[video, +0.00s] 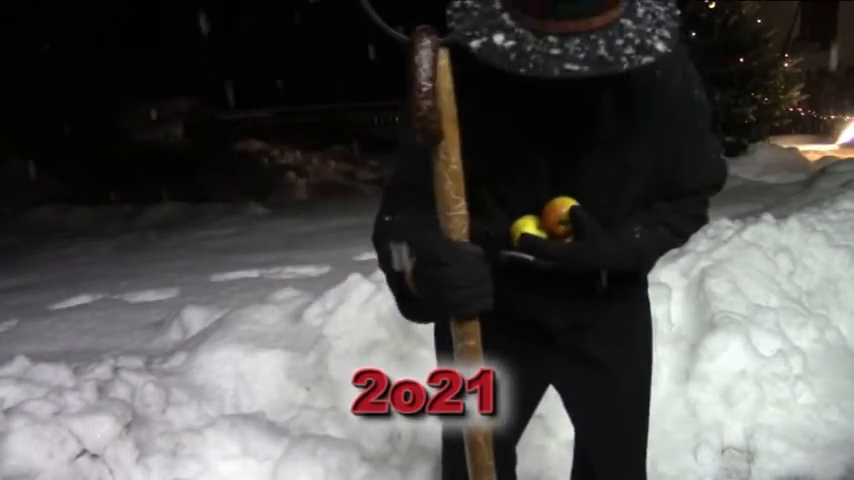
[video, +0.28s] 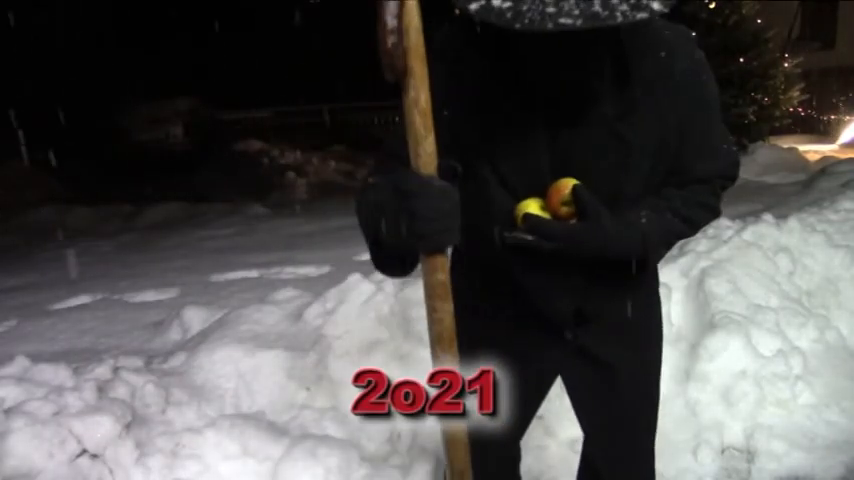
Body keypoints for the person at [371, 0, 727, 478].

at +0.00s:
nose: (564, 57)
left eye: (584, 40)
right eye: (547, 40)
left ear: (616, 20)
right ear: (519, 22)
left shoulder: (658, 68)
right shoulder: (463, 68)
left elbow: (693, 192)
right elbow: (404, 204)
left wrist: (612, 250)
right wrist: (419, 274)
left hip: (608, 314)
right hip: (492, 312)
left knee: (615, 466)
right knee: (472, 463)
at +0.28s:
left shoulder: (661, 54)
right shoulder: (462, 53)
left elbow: (706, 181)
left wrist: (622, 234)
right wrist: (393, 220)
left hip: (615, 300)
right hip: (495, 294)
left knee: (623, 459)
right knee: (482, 454)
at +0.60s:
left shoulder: (668, 48)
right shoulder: (469, 45)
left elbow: (716, 179)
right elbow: (418, 159)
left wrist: (628, 229)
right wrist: (392, 220)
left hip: (623, 298)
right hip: (503, 293)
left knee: (628, 463)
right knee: (484, 457)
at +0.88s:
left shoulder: (663, 57)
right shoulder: (471, 52)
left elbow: (708, 179)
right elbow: (408, 165)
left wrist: (625, 232)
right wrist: (395, 241)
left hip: (618, 305)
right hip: (499, 300)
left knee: (626, 466)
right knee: (479, 462)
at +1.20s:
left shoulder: (648, 50)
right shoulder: (451, 46)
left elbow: (698, 174)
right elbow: (398, 162)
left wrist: (614, 226)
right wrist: (390, 228)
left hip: (610, 297)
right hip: (491, 294)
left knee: (617, 464)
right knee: (472, 460)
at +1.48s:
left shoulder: (638, 45)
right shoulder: (452, 53)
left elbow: (690, 172)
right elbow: (385, 179)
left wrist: (604, 224)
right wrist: (385, 255)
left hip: (602, 304)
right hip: (484, 305)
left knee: (615, 461)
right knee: (472, 459)